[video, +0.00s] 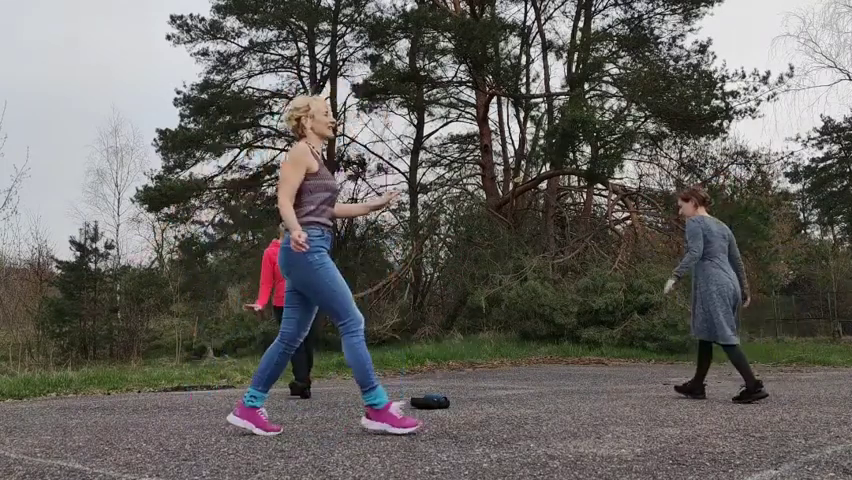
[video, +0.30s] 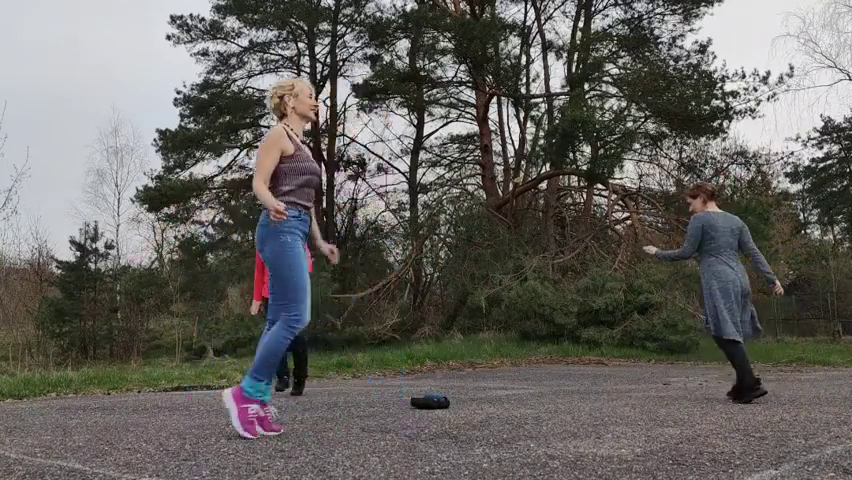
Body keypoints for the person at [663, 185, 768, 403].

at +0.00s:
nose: (680, 211)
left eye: (681, 206)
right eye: (679, 207)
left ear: (694, 202)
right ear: (699, 204)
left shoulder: (695, 223)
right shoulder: (723, 226)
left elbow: (695, 252)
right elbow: (736, 260)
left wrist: (675, 276)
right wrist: (744, 288)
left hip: (712, 285)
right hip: (731, 284)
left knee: (724, 336)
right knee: (706, 335)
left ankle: (753, 385)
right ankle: (697, 383)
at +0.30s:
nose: (690, 208)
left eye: (692, 202)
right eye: (689, 203)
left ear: (703, 198)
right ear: (707, 199)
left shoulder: (700, 219)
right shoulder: (736, 221)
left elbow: (687, 252)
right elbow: (753, 252)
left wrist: (657, 253)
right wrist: (772, 279)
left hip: (718, 281)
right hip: (740, 280)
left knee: (724, 333)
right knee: (729, 333)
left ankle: (751, 384)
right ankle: (743, 383)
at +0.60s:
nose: (690, 209)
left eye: (692, 204)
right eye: (689, 205)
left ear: (704, 201)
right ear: (708, 201)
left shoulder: (699, 223)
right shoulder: (733, 224)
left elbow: (698, 258)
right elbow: (743, 261)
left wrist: (696, 284)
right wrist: (747, 287)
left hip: (712, 282)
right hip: (737, 281)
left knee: (690, 328)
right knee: (735, 332)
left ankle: (717, 365)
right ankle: (753, 384)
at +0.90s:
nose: (673, 211)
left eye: (675, 207)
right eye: (673, 207)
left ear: (687, 206)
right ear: (691, 207)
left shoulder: (683, 228)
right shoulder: (710, 231)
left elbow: (690, 255)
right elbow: (713, 265)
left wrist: (695, 281)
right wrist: (709, 283)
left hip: (688, 288)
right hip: (709, 286)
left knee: (679, 335)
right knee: (717, 334)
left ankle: (680, 383)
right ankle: (747, 379)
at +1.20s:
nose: (652, 209)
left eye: (654, 205)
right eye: (652, 204)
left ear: (665, 205)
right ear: (669, 206)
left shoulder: (663, 227)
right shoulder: (688, 230)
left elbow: (664, 258)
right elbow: (693, 262)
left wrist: (662, 285)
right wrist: (688, 282)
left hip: (670, 284)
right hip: (686, 284)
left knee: (667, 332)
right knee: (678, 332)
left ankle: (680, 381)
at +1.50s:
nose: (632, 215)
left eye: (634, 211)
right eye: (632, 211)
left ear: (646, 209)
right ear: (650, 210)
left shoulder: (642, 232)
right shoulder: (669, 232)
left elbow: (619, 256)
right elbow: (683, 260)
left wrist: (594, 266)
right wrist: (692, 281)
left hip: (651, 288)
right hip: (667, 287)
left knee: (663, 334)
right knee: (631, 315)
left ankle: (679, 383)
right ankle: (610, 358)